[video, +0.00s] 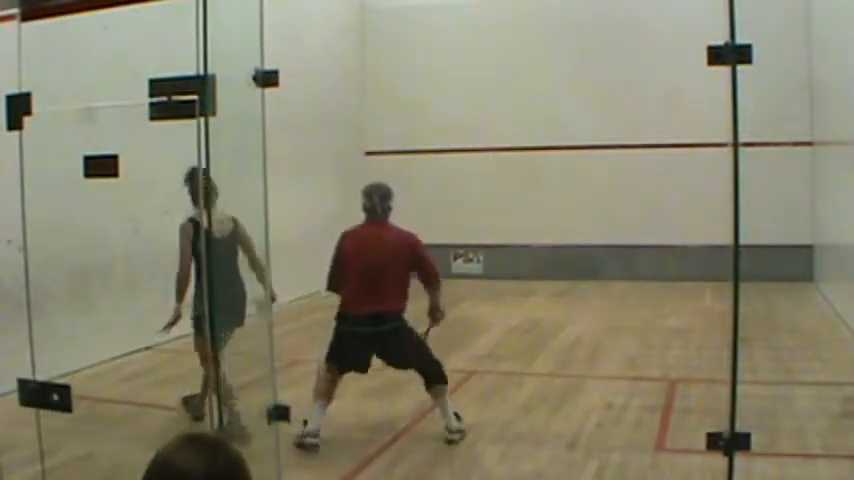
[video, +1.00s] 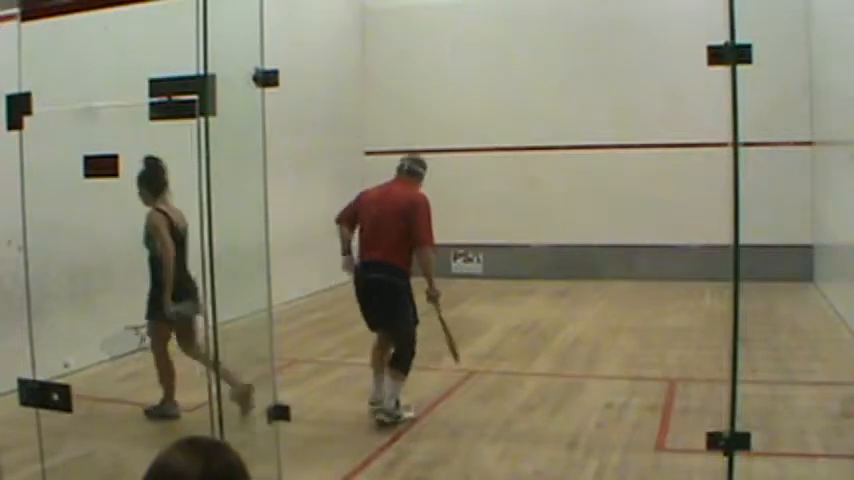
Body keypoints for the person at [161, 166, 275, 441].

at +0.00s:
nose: (197, 196)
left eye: (195, 192)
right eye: (200, 190)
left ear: (191, 194)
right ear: (215, 192)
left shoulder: (190, 227)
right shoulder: (232, 223)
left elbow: (185, 271)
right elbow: (254, 260)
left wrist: (178, 307)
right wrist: (268, 288)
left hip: (207, 305)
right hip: (235, 301)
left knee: (210, 359)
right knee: (212, 354)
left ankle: (232, 416)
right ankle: (200, 401)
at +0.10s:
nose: (197, 191)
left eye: (196, 186)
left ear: (198, 188)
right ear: (222, 185)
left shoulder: (195, 221)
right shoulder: (238, 219)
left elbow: (189, 265)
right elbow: (253, 260)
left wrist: (184, 299)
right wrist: (261, 292)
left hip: (213, 297)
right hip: (240, 294)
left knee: (219, 355)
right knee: (221, 352)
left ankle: (234, 417)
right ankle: (222, 402)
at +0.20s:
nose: (209, 187)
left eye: (205, 182)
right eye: (216, 181)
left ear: (202, 184)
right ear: (225, 182)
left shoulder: (199, 217)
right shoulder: (242, 216)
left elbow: (195, 260)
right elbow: (254, 259)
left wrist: (192, 294)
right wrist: (258, 291)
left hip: (220, 297)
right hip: (246, 294)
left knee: (225, 355)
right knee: (234, 350)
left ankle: (238, 417)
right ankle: (248, 408)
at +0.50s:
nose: (205, 185)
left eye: (205, 180)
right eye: (208, 179)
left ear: (206, 182)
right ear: (228, 178)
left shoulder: (212, 215)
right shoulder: (244, 213)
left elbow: (210, 262)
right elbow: (249, 258)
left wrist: (205, 301)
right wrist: (246, 284)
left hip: (221, 294)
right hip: (246, 290)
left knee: (213, 352)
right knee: (251, 349)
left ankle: (232, 407)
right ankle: (266, 404)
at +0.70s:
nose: (188, 192)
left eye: (189, 186)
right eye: (190, 186)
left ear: (191, 188)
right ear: (212, 183)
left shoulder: (197, 216)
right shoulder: (227, 215)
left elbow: (204, 257)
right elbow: (230, 258)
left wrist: (202, 294)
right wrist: (222, 284)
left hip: (206, 292)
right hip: (233, 290)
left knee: (194, 344)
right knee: (244, 345)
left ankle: (196, 405)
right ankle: (265, 404)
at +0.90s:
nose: (157, 196)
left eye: (157, 192)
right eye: (159, 191)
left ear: (159, 193)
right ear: (182, 189)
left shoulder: (171, 219)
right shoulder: (192, 215)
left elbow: (186, 255)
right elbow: (199, 255)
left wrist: (193, 297)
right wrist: (201, 289)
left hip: (181, 295)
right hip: (205, 291)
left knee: (169, 345)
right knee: (223, 346)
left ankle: (171, 401)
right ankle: (259, 399)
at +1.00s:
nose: (139, 195)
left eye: (140, 190)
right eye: (139, 190)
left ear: (145, 190)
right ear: (164, 187)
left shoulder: (155, 217)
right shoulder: (176, 215)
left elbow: (169, 256)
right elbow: (179, 258)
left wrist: (167, 297)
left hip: (163, 294)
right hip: (185, 290)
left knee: (159, 346)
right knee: (189, 345)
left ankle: (168, 401)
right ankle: (238, 387)